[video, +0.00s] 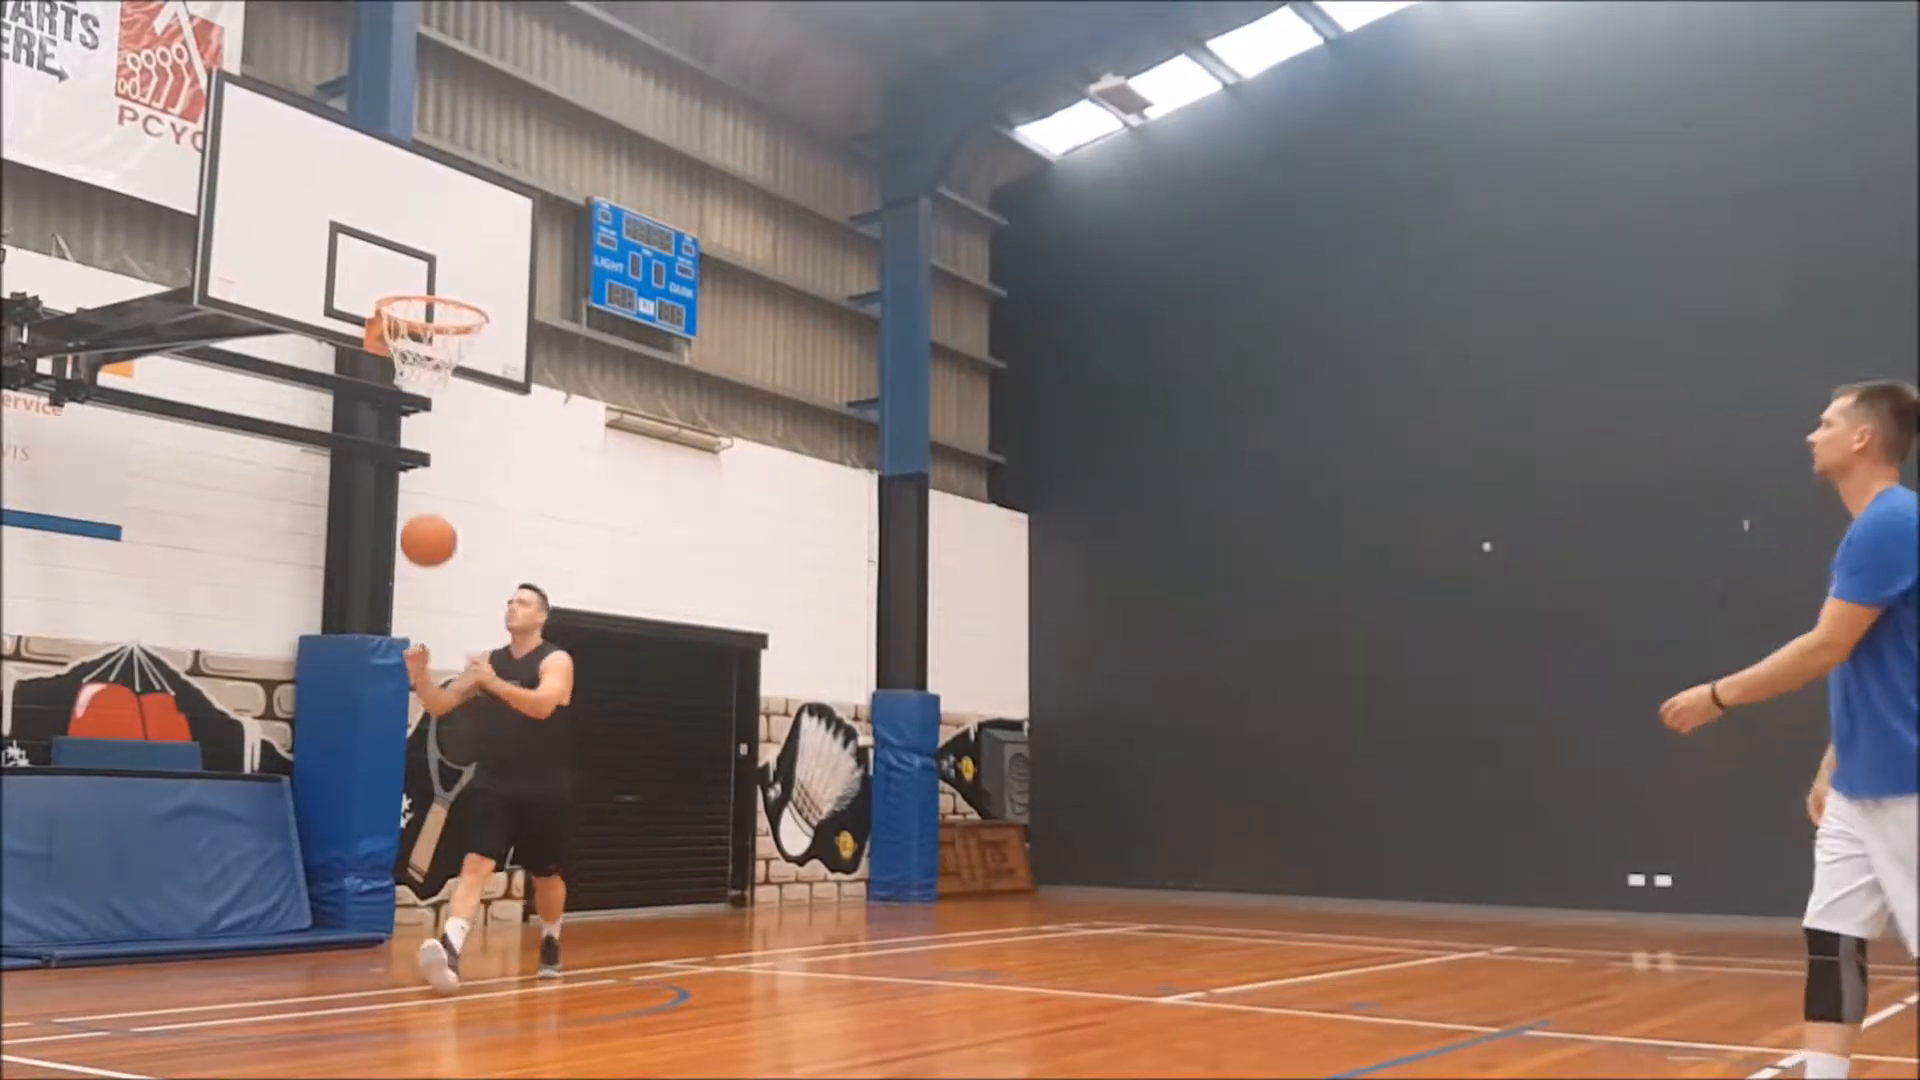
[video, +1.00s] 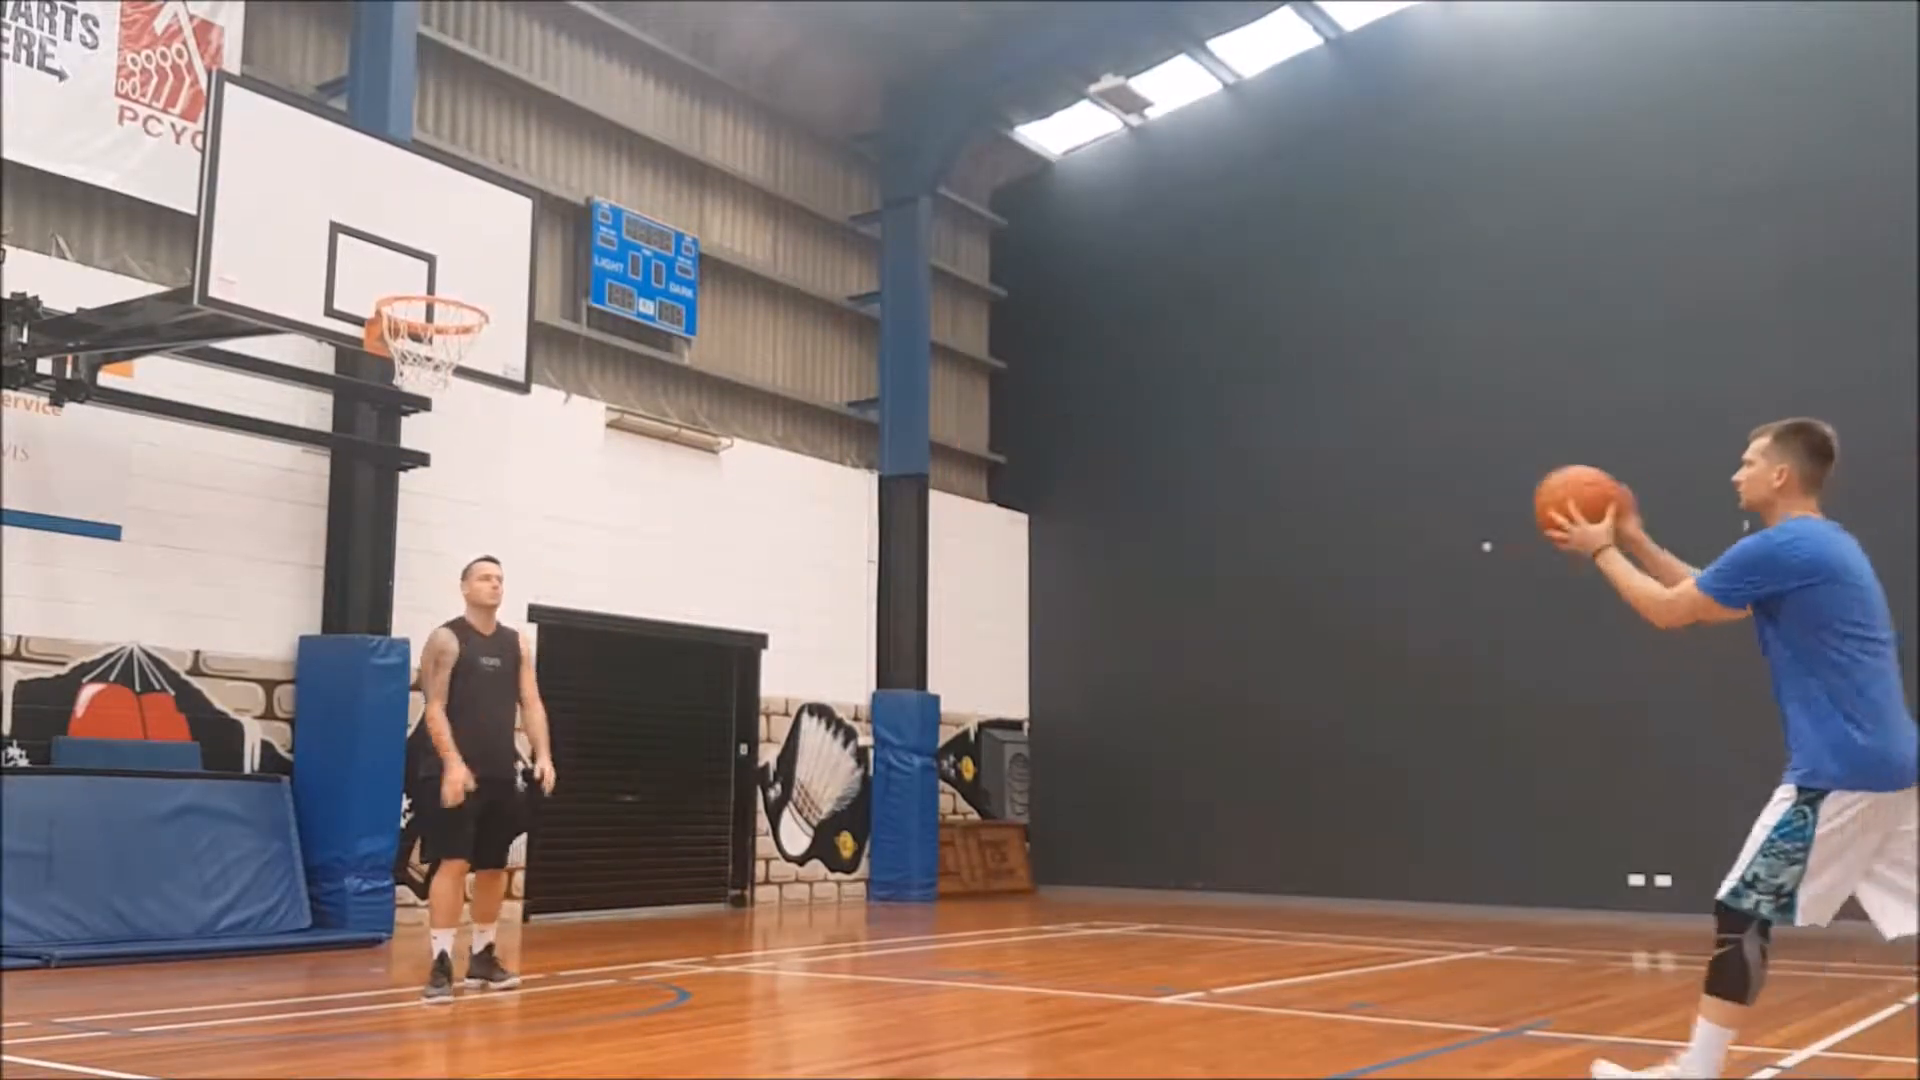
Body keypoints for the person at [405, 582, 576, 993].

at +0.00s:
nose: (513, 607)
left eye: (524, 603)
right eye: (511, 602)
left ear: (543, 617)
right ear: (505, 615)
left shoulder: (556, 660)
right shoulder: (489, 661)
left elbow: (542, 706)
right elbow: (441, 704)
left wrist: (491, 680)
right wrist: (419, 677)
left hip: (543, 786)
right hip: (493, 783)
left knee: (546, 872)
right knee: (476, 862)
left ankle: (550, 942)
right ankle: (449, 951)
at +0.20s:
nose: (497, 629)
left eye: (506, 624)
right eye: (491, 622)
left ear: (517, 632)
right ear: (478, 628)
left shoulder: (530, 680)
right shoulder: (457, 680)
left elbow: (514, 742)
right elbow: (418, 742)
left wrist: (460, 730)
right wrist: (417, 705)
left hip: (511, 804)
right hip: (462, 796)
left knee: (517, 899)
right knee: (449, 858)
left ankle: (551, 929)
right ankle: (447, 966)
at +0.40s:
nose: (483, 617)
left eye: (489, 608)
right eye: (474, 609)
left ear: (503, 612)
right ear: (460, 615)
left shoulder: (519, 658)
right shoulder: (444, 661)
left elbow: (518, 710)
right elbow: (453, 711)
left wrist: (499, 678)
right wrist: (483, 671)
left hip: (504, 777)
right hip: (449, 776)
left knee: (515, 872)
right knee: (453, 858)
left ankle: (508, 944)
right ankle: (448, 965)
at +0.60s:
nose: (480, 585)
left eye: (484, 578)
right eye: (470, 579)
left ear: (492, 587)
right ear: (453, 589)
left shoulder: (514, 637)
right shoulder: (441, 628)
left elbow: (523, 686)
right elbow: (464, 638)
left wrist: (514, 702)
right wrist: (529, 626)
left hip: (497, 761)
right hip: (447, 760)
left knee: (513, 858)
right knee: (457, 856)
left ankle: (478, 947)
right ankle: (443, 963)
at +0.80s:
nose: (486, 580)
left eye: (490, 574)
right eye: (476, 574)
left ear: (496, 584)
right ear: (456, 584)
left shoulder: (512, 636)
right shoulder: (442, 630)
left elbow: (520, 685)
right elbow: (463, 678)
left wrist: (526, 711)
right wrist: (528, 662)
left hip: (496, 765)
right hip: (446, 766)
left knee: (501, 860)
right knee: (453, 859)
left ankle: (481, 948)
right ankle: (440, 962)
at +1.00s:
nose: (494, 585)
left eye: (499, 579)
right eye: (485, 578)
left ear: (504, 590)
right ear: (464, 588)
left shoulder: (516, 643)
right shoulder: (445, 640)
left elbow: (531, 704)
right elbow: (434, 710)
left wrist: (543, 755)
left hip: (500, 769)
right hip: (451, 768)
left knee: (494, 863)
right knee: (454, 861)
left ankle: (484, 956)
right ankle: (442, 963)